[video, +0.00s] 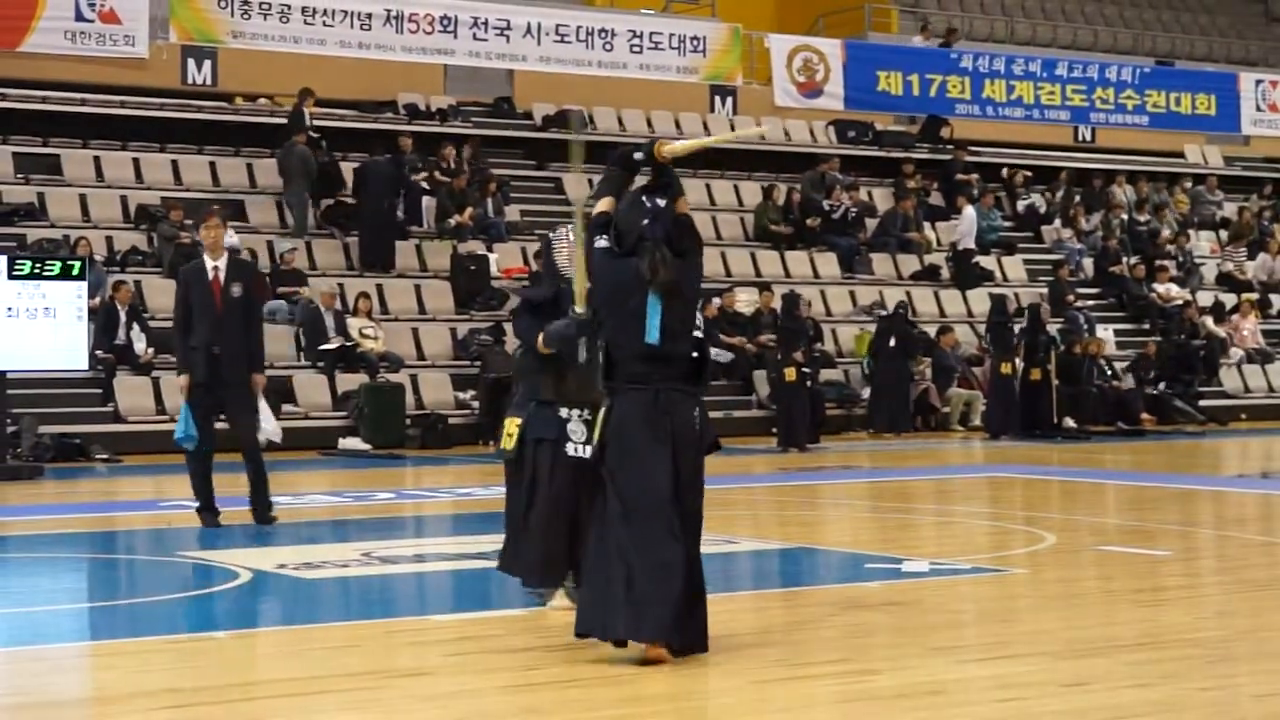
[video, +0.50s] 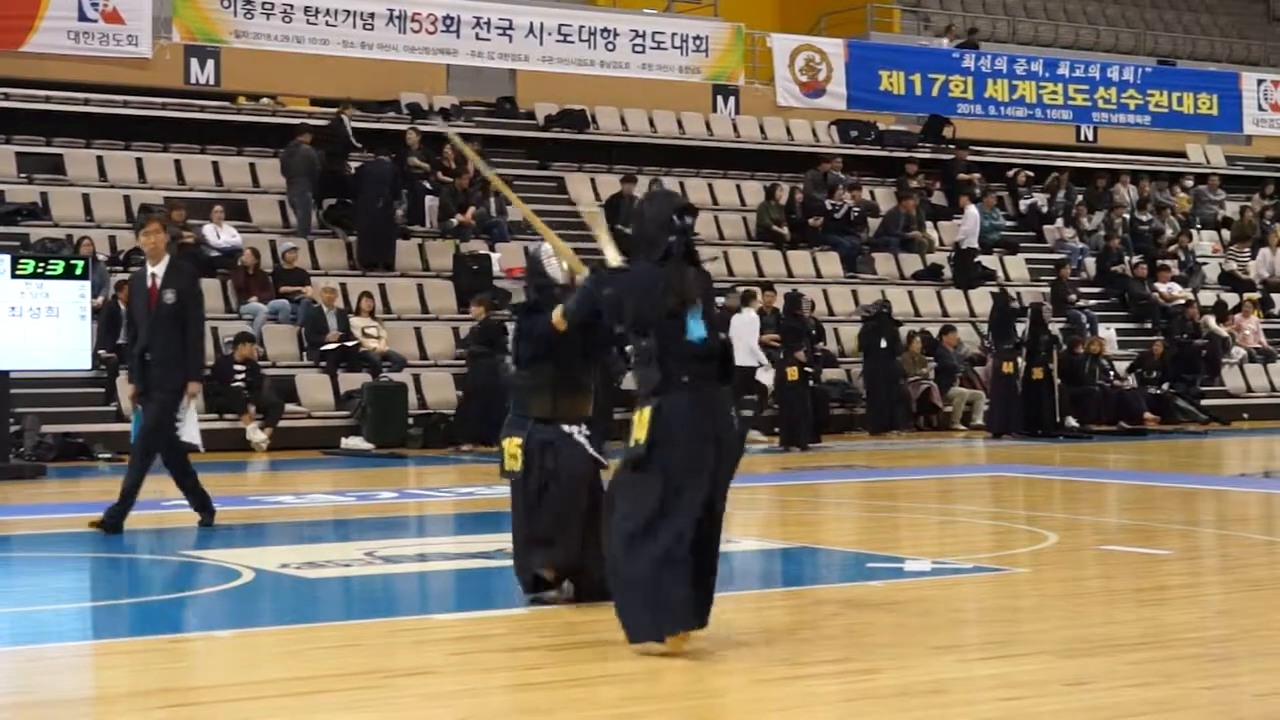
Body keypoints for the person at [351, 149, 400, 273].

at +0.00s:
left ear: (369, 153)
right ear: (385, 153)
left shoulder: (362, 168)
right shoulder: (392, 168)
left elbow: (355, 192)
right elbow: (397, 191)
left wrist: (364, 202)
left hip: (367, 210)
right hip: (386, 210)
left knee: (367, 239)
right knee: (386, 240)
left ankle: (367, 267)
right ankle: (386, 267)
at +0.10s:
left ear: (370, 154)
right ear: (386, 155)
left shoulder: (361, 169)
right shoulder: (392, 169)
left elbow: (355, 189)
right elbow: (395, 193)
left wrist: (359, 201)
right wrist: (390, 200)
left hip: (366, 208)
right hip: (385, 209)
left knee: (367, 238)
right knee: (385, 238)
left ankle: (367, 265)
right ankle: (385, 265)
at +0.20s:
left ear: (371, 154)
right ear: (386, 155)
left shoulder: (362, 169)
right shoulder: (392, 169)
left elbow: (356, 190)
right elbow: (396, 193)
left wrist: (359, 202)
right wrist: (390, 200)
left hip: (365, 208)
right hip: (385, 209)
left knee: (367, 237)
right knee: (385, 237)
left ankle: (368, 265)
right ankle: (385, 265)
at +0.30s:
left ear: (372, 154)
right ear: (387, 154)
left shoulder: (363, 169)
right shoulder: (393, 170)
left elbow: (354, 189)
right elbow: (396, 193)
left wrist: (358, 202)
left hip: (366, 208)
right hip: (385, 209)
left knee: (367, 237)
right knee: (385, 237)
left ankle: (368, 264)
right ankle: (385, 265)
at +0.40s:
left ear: (374, 155)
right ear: (388, 156)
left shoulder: (363, 168)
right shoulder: (392, 169)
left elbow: (354, 188)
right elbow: (395, 191)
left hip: (365, 206)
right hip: (384, 207)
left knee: (366, 235)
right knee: (386, 235)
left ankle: (368, 265)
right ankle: (386, 265)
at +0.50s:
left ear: (374, 154)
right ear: (389, 156)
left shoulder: (363, 168)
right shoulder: (394, 169)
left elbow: (353, 187)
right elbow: (396, 193)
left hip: (365, 207)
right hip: (385, 208)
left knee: (366, 235)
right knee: (387, 235)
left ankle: (367, 264)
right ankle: (386, 264)